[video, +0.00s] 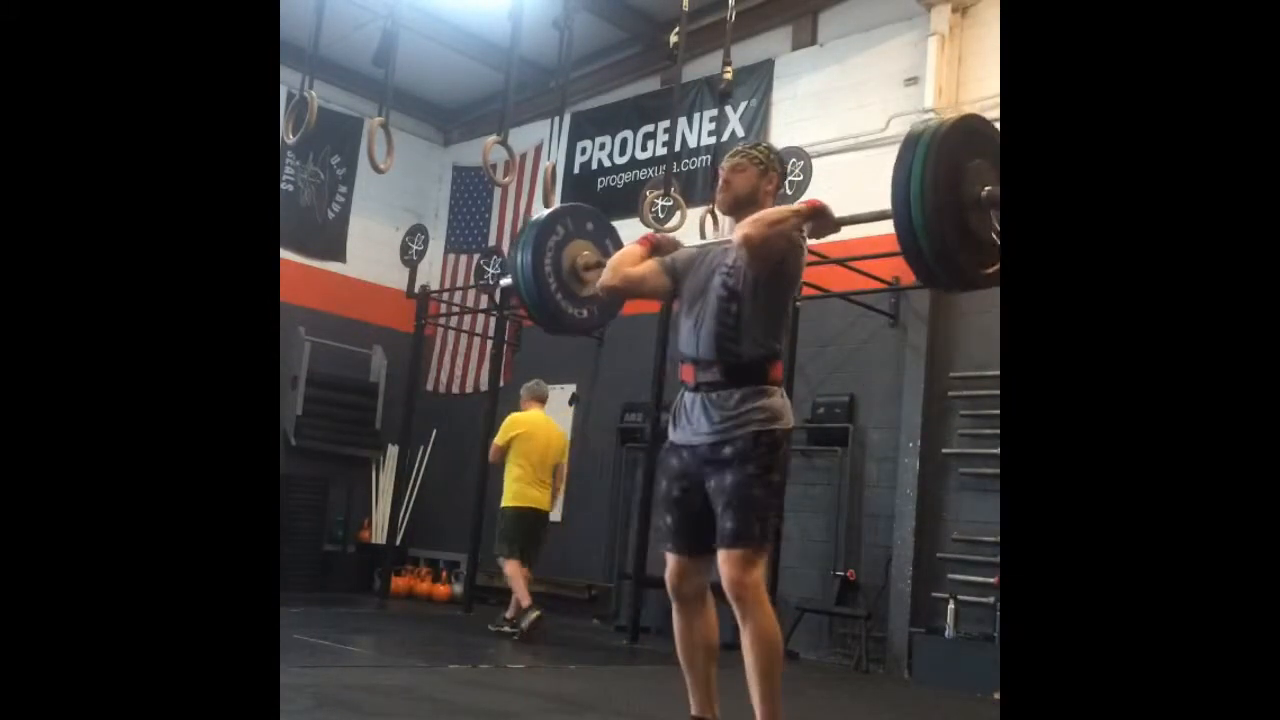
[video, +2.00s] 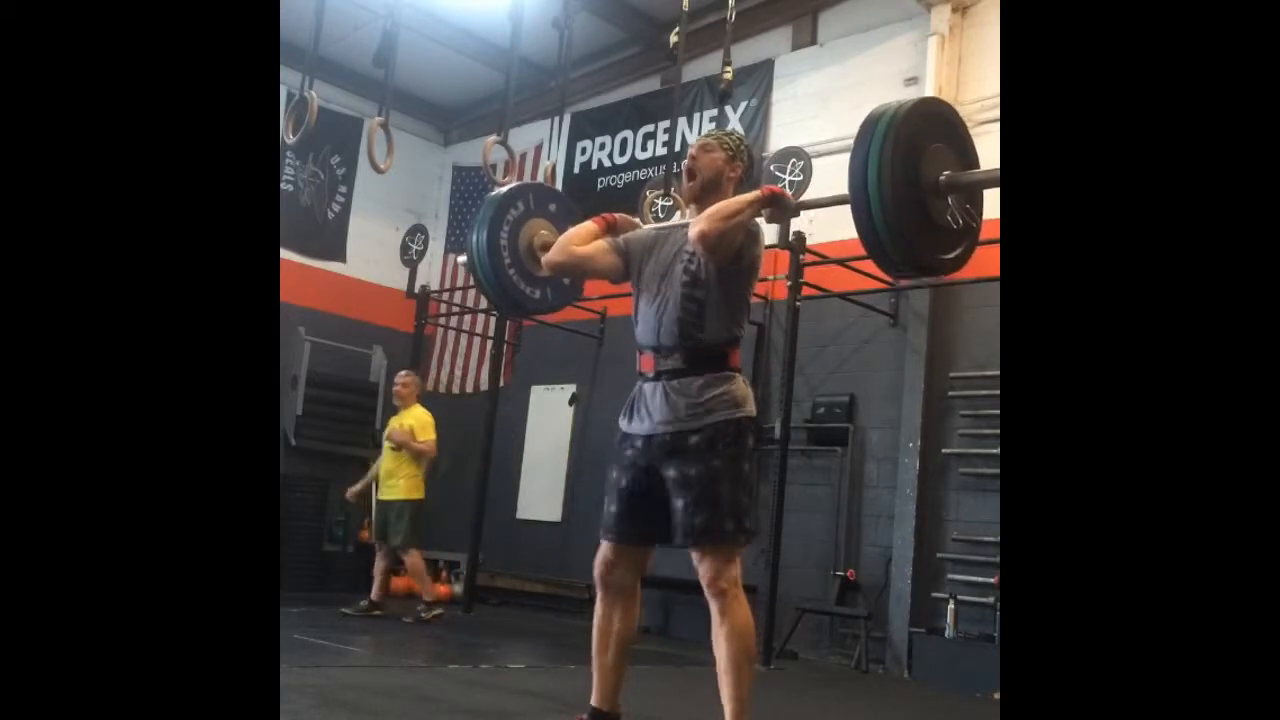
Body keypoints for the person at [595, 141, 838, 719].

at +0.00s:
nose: (724, 172)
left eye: (741, 164)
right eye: (722, 166)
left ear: (772, 184)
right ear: (718, 186)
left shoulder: (775, 242)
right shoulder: (694, 259)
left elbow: (748, 231)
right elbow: (611, 279)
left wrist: (806, 215)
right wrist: (642, 246)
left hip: (749, 417)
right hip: (688, 417)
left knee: (741, 579)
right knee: (684, 580)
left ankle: (767, 714)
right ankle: (703, 713)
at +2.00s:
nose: (687, 159)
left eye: (703, 150)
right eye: (688, 152)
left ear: (734, 169)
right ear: (684, 170)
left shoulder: (737, 232)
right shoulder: (654, 238)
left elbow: (703, 233)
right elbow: (556, 258)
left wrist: (760, 199)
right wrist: (604, 221)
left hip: (712, 414)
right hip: (645, 413)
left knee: (720, 580)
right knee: (613, 571)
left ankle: (735, 715)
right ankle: (602, 709)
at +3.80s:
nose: (715, 165)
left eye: (729, 158)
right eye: (710, 158)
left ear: (753, 177)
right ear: (700, 175)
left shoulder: (754, 228)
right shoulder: (669, 235)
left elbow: (739, 259)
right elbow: (579, 273)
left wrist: (763, 184)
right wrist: (592, 211)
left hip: (707, 402)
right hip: (643, 399)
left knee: (717, 561)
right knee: (614, 550)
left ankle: (736, 710)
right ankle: (592, 698)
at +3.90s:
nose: (722, 162)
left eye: (737, 160)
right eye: (720, 158)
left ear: (760, 182)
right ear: (708, 178)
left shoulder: (752, 239)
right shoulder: (662, 240)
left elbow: (765, 209)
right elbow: (577, 233)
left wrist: (779, 140)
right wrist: (601, 169)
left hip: (698, 402)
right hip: (632, 400)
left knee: (715, 567)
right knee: (616, 558)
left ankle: (735, 711)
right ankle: (596, 702)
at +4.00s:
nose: (712, 169)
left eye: (730, 167)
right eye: (710, 164)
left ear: (754, 190)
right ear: (700, 182)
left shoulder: (748, 242)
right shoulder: (655, 242)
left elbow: (792, 178)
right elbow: (584, 207)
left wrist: (790, 107)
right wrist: (613, 139)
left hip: (691, 406)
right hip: (625, 406)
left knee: (712, 575)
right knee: (617, 569)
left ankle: (735, 713)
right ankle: (602, 708)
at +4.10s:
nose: (695, 165)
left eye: (712, 159)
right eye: (693, 161)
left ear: (742, 179)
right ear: (684, 183)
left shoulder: (749, 235)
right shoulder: (651, 236)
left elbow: (800, 162)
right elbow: (592, 189)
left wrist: (800, 88)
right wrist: (620, 124)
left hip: (694, 416)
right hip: (628, 415)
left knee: (710, 578)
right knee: (617, 570)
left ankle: (734, 715)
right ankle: (602, 709)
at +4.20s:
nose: (693, 162)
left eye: (711, 156)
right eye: (690, 156)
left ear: (739, 176)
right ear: (681, 176)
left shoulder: (749, 232)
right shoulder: (653, 230)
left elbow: (805, 151)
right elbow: (600, 182)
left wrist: (806, 79)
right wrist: (626, 118)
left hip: (697, 412)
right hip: (633, 411)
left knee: (710, 581)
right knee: (620, 571)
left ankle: (734, 715)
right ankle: (602, 711)